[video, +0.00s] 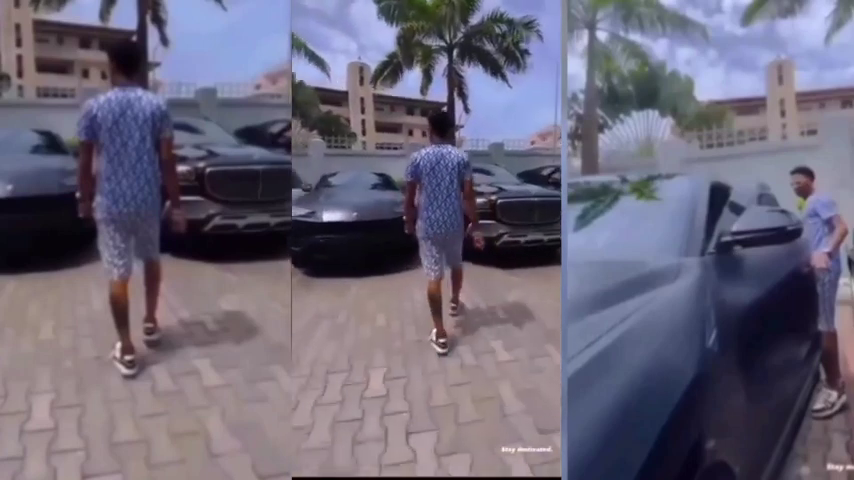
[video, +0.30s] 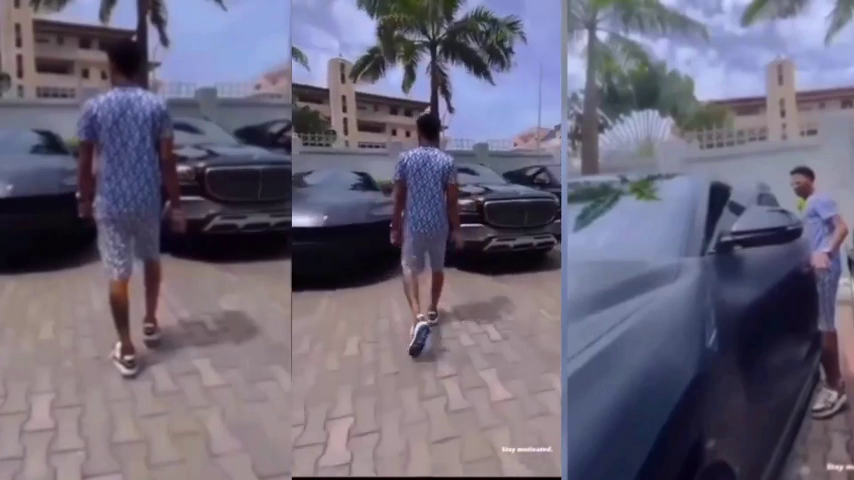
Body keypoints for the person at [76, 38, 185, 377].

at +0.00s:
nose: (112, 71)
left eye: (111, 66)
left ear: (112, 67)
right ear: (142, 67)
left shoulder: (95, 107)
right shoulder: (155, 105)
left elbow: (85, 161)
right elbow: (167, 159)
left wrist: (85, 199)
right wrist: (175, 202)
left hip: (110, 201)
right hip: (147, 200)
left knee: (118, 273)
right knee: (151, 260)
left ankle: (125, 348)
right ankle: (150, 319)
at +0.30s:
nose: (112, 71)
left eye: (111, 66)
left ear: (112, 67)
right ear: (142, 67)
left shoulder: (95, 107)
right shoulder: (155, 105)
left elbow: (85, 161)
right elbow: (167, 159)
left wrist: (85, 199)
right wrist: (175, 202)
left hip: (110, 201)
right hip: (147, 200)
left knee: (118, 273)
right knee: (151, 260)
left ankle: (125, 348)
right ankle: (150, 319)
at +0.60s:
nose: (112, 71)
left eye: (111, 66)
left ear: (112, 67)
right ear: (142, 67)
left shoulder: (95, 107)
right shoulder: (155, 105)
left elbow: (85, 161)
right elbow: (167, 159)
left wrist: (85, 199)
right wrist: (175, 202)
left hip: (110, 201)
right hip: (147, 200)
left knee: (118, 273)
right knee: (151, 260)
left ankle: (125, 348)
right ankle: (150, 319)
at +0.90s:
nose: (112, 71)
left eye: (111, 66)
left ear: (112, 67)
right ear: (142, 67)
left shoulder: (95, 107)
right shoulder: (155, 105)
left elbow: (85, 161)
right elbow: (167, 159)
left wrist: (85, 199)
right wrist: (175, 202)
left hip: (110, 201)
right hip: (147, 200)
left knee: (118, 273)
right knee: (151, 260)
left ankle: (125, 348)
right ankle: (150, 319)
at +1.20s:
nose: (112, 71)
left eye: (111, 66)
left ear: (112, 67)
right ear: (142, 67)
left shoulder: (95, 107)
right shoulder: (155, 105)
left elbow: (85, 161)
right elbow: (167, 159)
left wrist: (85, 199)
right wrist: (175, 202)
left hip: (110, 201)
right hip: (147, 200)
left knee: (118, 273)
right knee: (151, 260)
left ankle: (125, 348)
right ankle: (150, 319)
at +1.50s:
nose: (112, 71)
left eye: (111, 66)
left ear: (112, 67)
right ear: (142, 67)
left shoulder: (95, 107)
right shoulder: (155, 105)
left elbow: (85, 161)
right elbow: (167, 159)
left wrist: (85, 199)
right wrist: (175, 202)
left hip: (110, 201)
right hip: (147, 200)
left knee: (118, 273)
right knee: (151, 260)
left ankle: (125, 348)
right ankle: (150, 319)